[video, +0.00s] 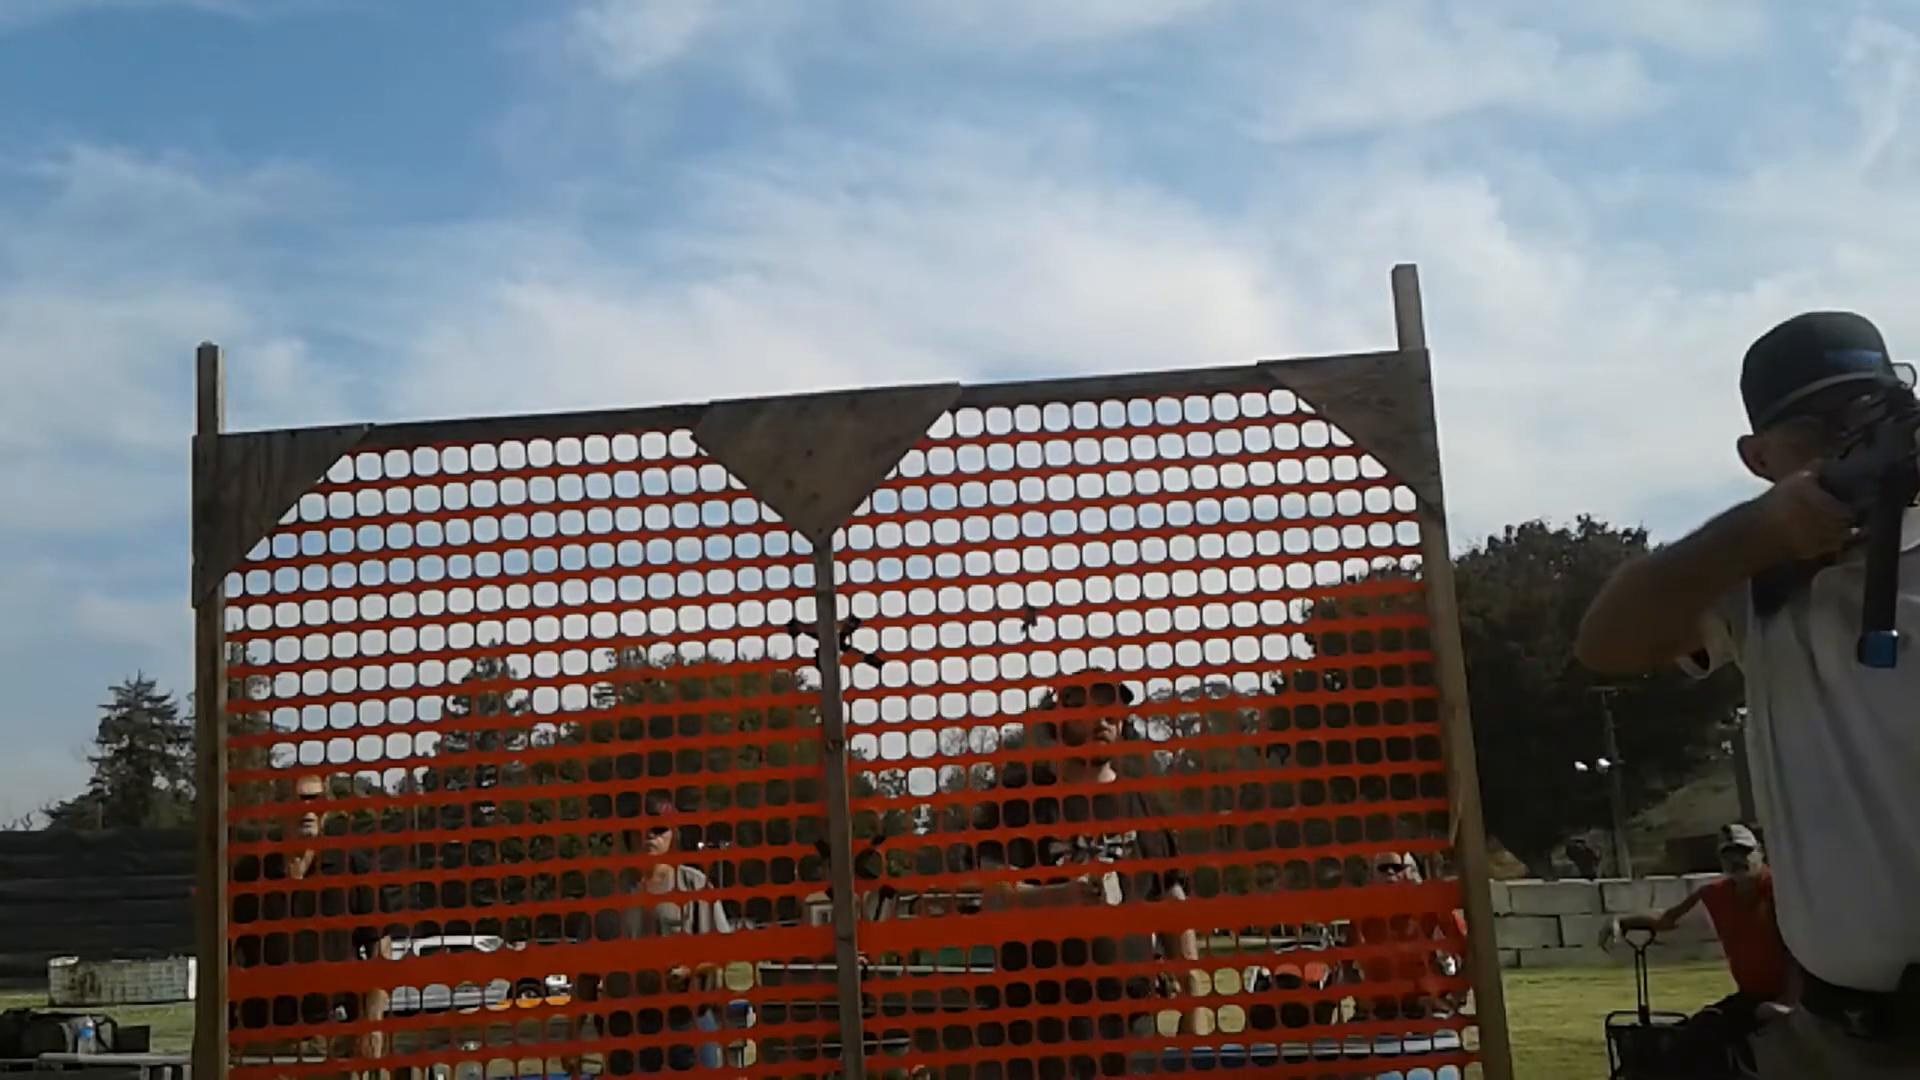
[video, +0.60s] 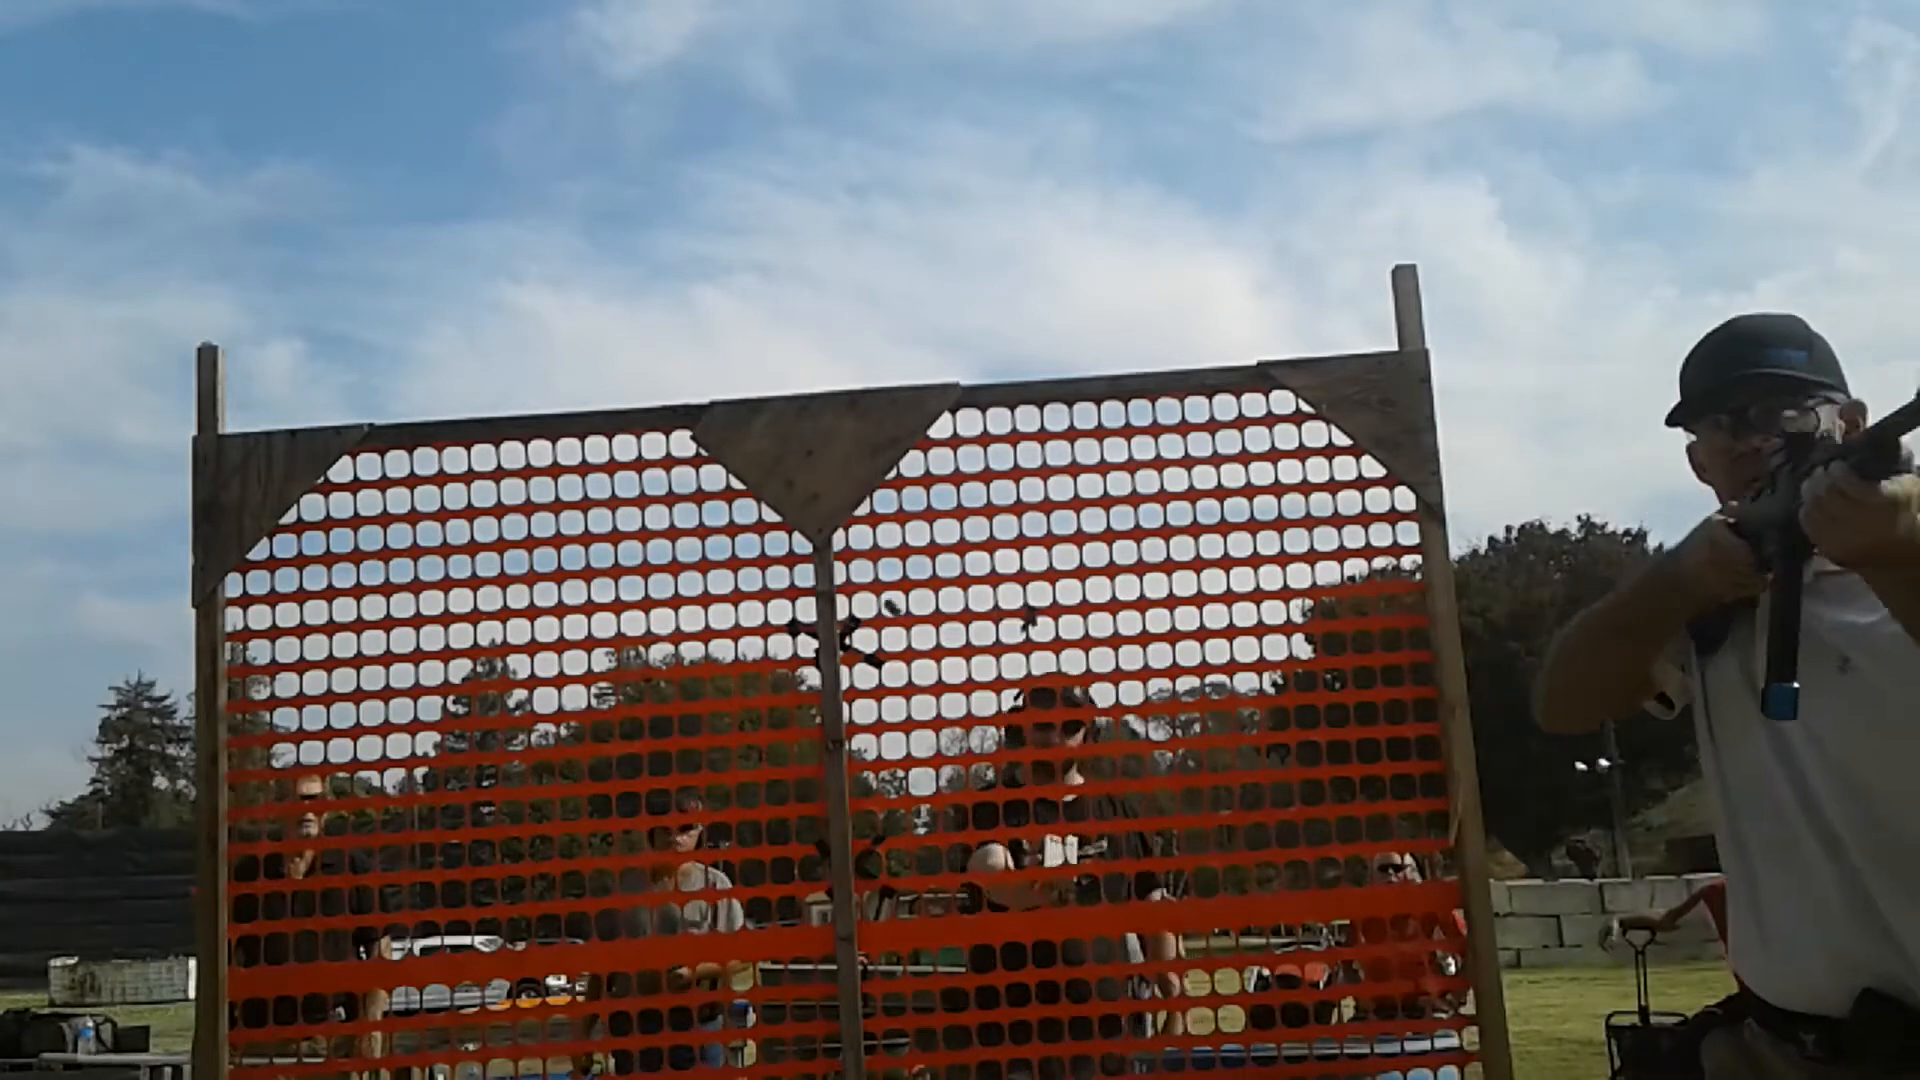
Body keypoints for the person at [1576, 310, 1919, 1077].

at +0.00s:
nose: (1850, 449)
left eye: (1868, 415)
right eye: (1816, 429)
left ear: (1899, 416)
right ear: (1759, 457)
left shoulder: (1916, 539)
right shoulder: (1764, 574)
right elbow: (1603, 643)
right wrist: (1770, 527)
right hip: (1821, 1025)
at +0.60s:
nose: (1760, 448)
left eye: (1785, 417)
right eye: (1727, 430)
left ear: (1850, 423)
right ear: (1699, 464)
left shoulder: (1907, 542)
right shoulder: (1711, 592)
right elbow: (1562, 705)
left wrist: (1891, 555)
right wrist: (1682, 580)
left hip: (1905, 1035)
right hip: (1766, 1039)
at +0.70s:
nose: (1701, 449)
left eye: (1722, 422)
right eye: (1667, 430)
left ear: (1769, 444)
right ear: (1618, 473)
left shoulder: (1862, 580)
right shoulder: (1622, 617)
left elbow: (1912, 780)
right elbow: (1478, 729)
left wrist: (1771, 644)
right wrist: (1580, 624)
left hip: (1885, 1035)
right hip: (1716, 1043)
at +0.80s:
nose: (1624, 466)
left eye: (1642, 439)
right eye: (1587, 446)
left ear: (1676, 463)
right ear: (1526, 486)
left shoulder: (1769, 596)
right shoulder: (1519, 630)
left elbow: (1861, 802)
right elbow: (1378, 742)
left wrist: (1700, 676)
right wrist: (1483, 641)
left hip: (1817, 1038)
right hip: (1636, 1047)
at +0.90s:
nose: (1532, 487)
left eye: (1549, 462)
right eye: (1494, 466)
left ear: (1570, 482)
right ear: (1425, 502)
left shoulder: (1677, 613)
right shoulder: (1413, 635)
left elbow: (1802, 811)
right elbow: (1273, 743)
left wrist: (1673, 672)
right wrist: (1402, 643)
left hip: (1727, 1036)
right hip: (1539, 1052)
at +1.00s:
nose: (1448, 507)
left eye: (1460, 476)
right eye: (1409, 482)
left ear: (1483, 491)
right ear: (1337, 519)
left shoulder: (1570, 620)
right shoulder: (1327, 649)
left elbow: (1752, 788)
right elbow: (1193, 755)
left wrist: (1677, 630)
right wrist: (1346, 634)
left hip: (1648, 1036)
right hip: (1466, 1058)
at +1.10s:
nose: (1376, 505)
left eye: (1390, 478)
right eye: (1339, 483)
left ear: (1419, 497)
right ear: (1268, 516)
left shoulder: (1514, 623)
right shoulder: (1254, 643)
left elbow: (1702, 767)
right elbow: (1137, 748)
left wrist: (1656, 602)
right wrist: (1311, 616)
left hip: (1561, 1040)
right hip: (1378, 1055)